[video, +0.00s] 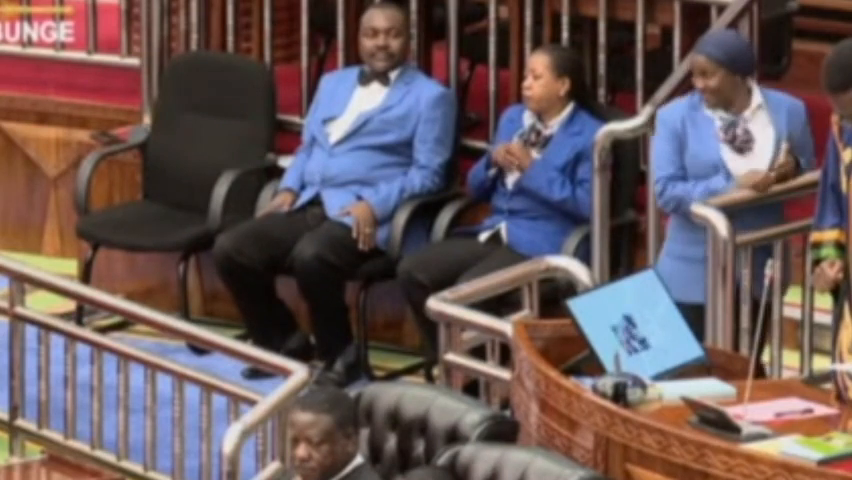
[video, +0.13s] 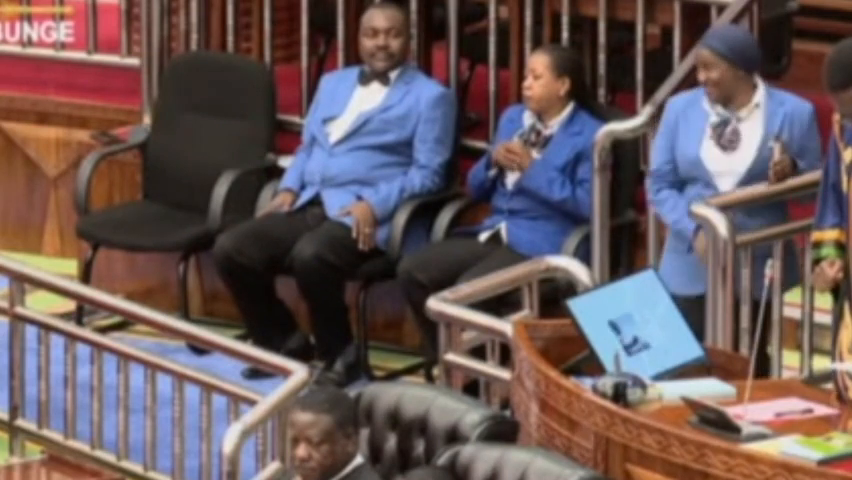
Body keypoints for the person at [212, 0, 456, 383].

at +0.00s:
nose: (381, 43)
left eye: (391, 34)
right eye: (372, 34)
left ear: (407, 40)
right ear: (359, 39)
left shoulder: (430, 97)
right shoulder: (333, 83)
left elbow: (429, 174)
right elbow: (308, 150)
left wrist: (374, 205)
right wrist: (288, 189)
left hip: (368, 215)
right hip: (313, 207)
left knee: (311, 258)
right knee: (233, 250)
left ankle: (340, 359)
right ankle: (282, 343)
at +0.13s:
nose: (381, 43)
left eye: (391, 34)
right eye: (372, 34)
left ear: (407, 40)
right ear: (359, 39)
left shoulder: (430, 97)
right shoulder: (333, 83)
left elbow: (429, 174)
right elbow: (308, 150)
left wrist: (375, 205)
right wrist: (288, 190)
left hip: (367, 216)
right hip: (313, 207)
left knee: (311, 257)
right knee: (233, 250)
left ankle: (340, 358)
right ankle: (281, 342)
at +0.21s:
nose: (381, 43)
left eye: (391, 34)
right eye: (372, 34)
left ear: (407, 40)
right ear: (359, 39)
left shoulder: (430, 97)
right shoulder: (333, 83)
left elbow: (429, 174)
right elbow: (308, 150)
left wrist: (375, 205)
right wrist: (288, 190)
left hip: (367, 216)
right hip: (313, 207)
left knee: (311, 257)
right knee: (233, 250)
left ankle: (340, 358)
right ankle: (282, 342)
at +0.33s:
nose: (381, 43)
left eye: (391, 34)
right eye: (372, 34)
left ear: (407, 40)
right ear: (359, 39)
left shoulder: (430, 97)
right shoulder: (333, 83)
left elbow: (429, 174)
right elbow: (308, 150)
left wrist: (375, 205)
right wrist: (288, 190)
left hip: (367, 215)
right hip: (313, 207)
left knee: (311, 257)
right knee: (233, 250)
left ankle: (340, 358)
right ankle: (282, 342)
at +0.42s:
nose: (381, 43)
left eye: (392, 34)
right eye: (372, 34)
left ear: (407, 40)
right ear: (359, 39)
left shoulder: (430, 96)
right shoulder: (333, 83)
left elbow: (429, 174)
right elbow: (308, 149)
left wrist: (375, 205)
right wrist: (288, 189)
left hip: (367, 215)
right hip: (313, 207)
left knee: (311, 257)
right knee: (233, 250)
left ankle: (339, 359)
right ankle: (282, 343)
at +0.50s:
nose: (381, 43)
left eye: (392, 34)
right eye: (372, 34)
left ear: (407, 40)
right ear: (359, 39)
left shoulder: (430, 96)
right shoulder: (333, 83)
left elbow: (429, 174)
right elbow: (308, 149)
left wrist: (375, 205)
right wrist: (288, 189)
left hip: (367, 215)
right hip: (313, 207)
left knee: (311, 257)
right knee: (233, 250)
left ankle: (340, 359)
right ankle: (282, 343)